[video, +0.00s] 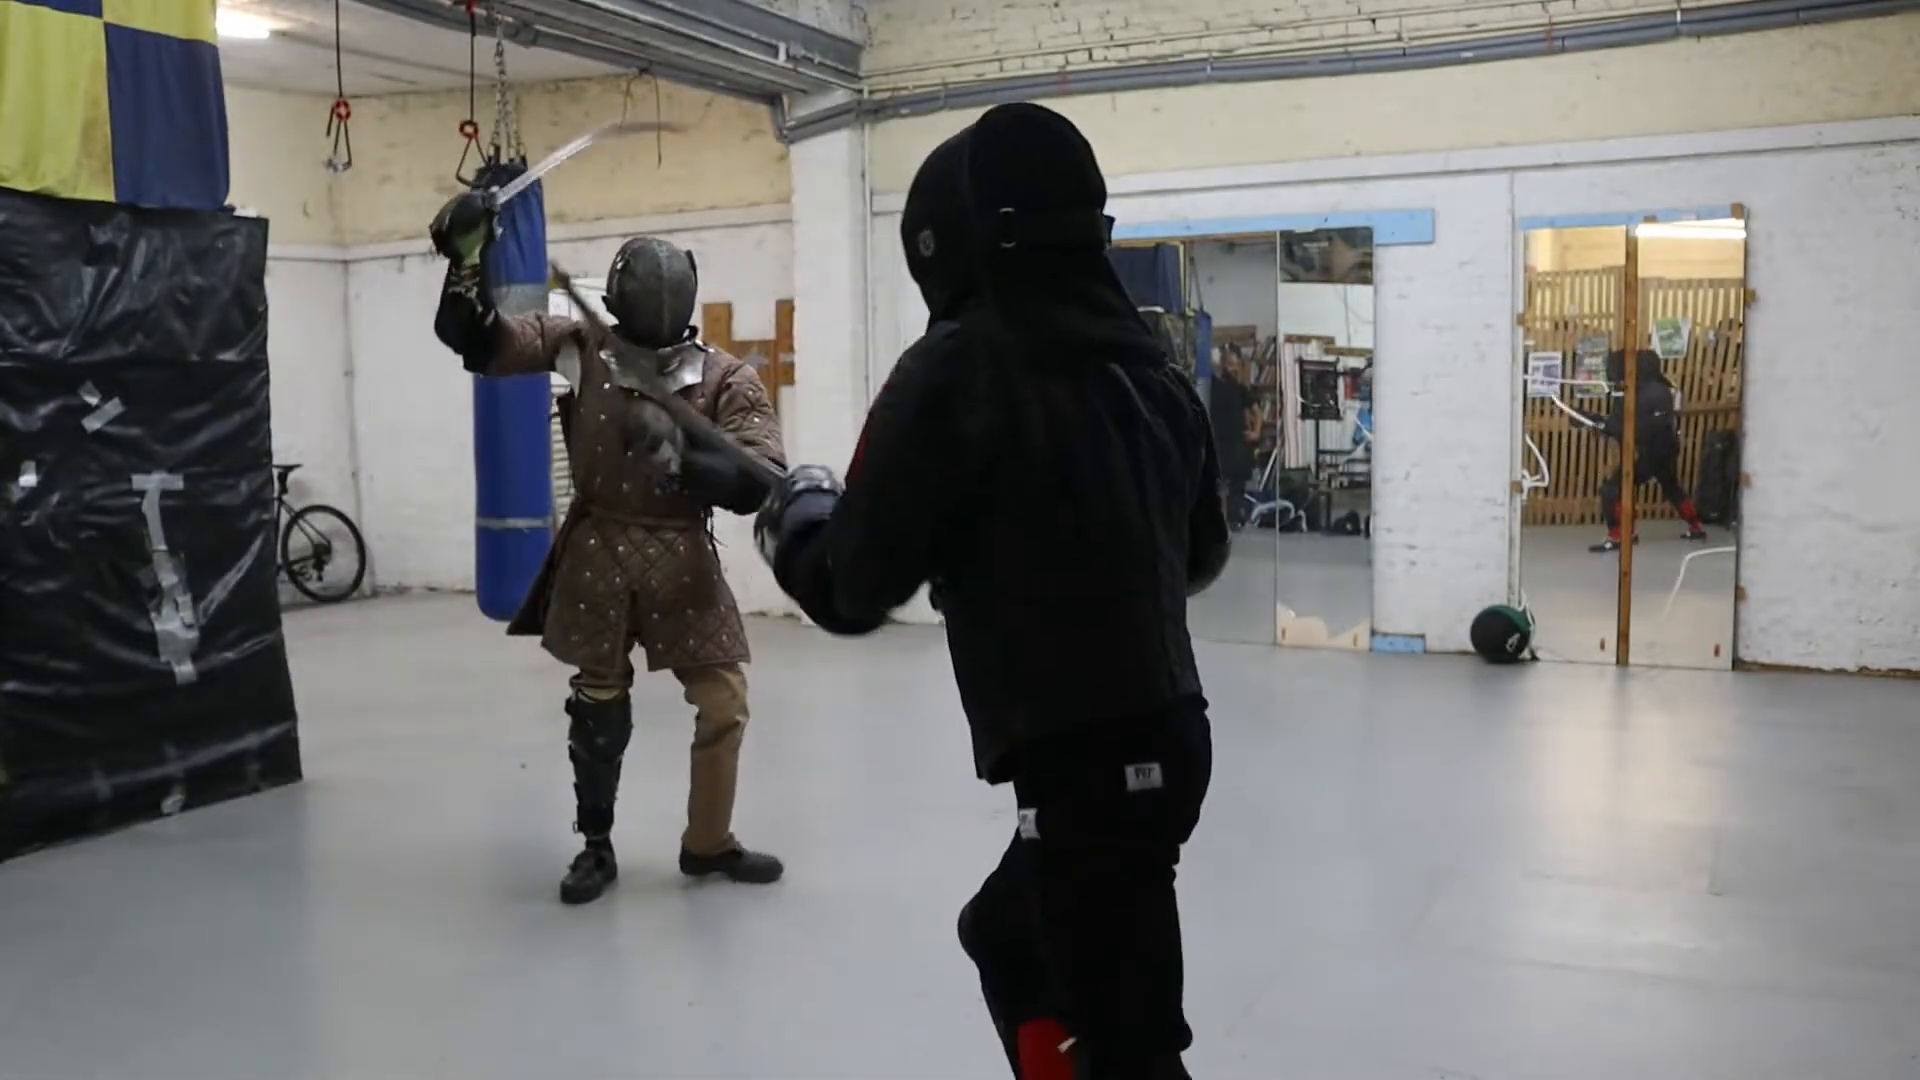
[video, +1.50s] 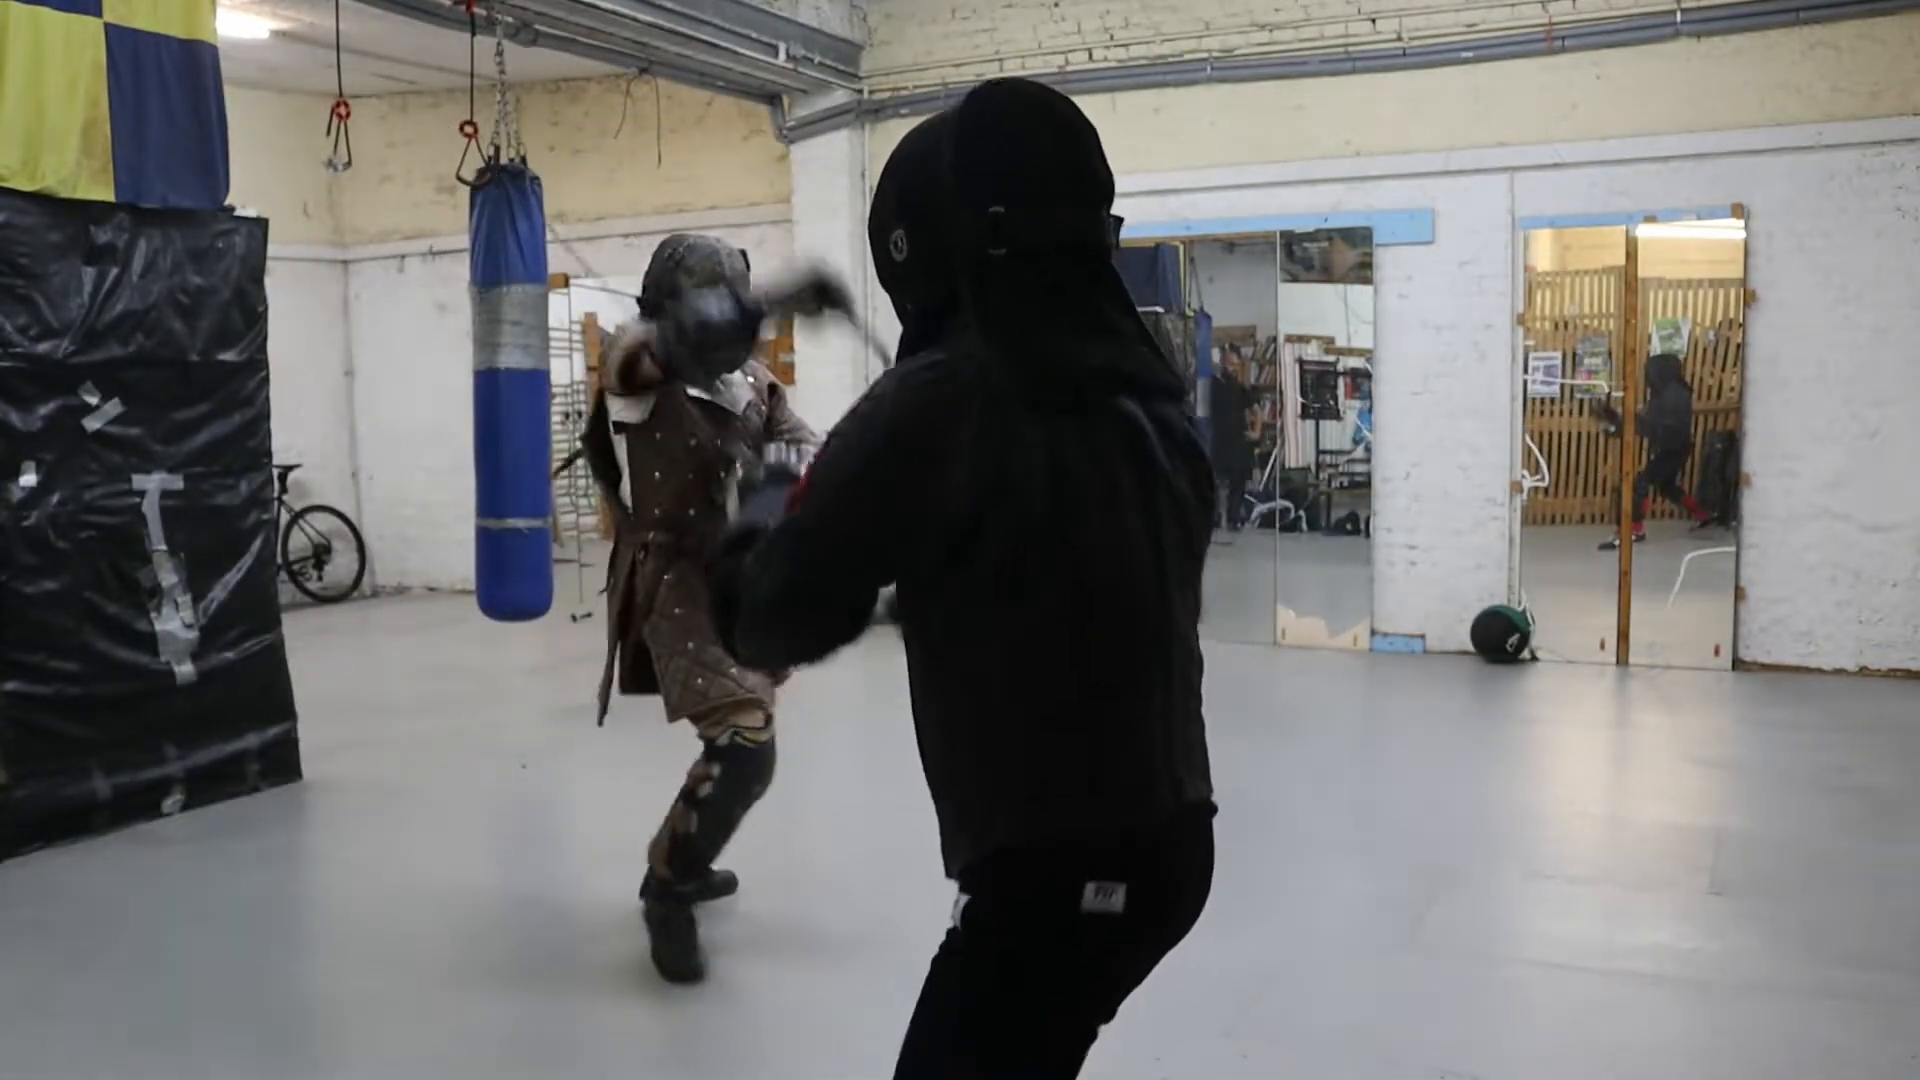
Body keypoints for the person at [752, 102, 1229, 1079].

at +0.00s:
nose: (922, 268)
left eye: (928, 242)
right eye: (921, 242)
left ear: (962, 239)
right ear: (1080, 229)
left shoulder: (951, 371)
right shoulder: (1147, 361)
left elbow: (849, 589)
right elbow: (1198, 550)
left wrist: (794, 503)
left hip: (1072, 756)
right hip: (1168, 738)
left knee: (1129, 1038)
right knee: (1000, 929)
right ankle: (1055, 1068)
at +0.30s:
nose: (939, 251)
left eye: (947, 228)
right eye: (941, 227)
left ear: (978, 232)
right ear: (1101, 228)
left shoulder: (950, 360)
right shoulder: (1154, 369)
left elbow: (849, 566)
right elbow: (1185, 511)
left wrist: (827, 483)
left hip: (1051, 740)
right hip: (1168, 728)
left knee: (1086, 1022)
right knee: (1007, 927)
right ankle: (1053, 1060)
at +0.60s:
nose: (936, 273)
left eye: (943, 246)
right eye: (937, 245)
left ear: (974, 251)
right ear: (1110, 248)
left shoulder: (943, 403)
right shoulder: (1194, 409)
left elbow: (865, 654)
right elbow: (1253, 600)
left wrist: (975, 571)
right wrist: (1133, 609)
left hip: (1050, 800)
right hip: (1181, 787)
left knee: (1040, 1056)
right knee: (1074, 1032)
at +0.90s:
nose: (924, 250)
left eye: (930, 220)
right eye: (922, 222)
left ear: (970, 215)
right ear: (1111, 206)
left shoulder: (945, 370)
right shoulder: (1198, 377)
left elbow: (823, 599)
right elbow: (1229, 576)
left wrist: (800, 494)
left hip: (1058, 805)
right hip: (1199, 788)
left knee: (1064, 1052)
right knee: (1037, 981)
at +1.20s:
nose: (905, 267)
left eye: (912, 237)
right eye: (902, 238)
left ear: (957, 236)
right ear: (1091, 230)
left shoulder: (928, 406)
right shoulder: (1190, 408)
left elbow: (857, 712)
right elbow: (1248, 640)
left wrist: (789, 679)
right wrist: (1120, 658)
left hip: (1051, 847)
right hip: (1190, 828)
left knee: (1020, 1059)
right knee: (1078, 1044)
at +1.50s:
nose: (894, 275)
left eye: (901, 244)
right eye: (890, 246)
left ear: (949, 239)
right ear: (1077, 230)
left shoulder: (937, 400)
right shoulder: (1147, 387)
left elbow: (779, 617)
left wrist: (760, 505)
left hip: (1043, 866)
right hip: (1161, 845)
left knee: (945, 1066)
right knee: (1013, 1057)